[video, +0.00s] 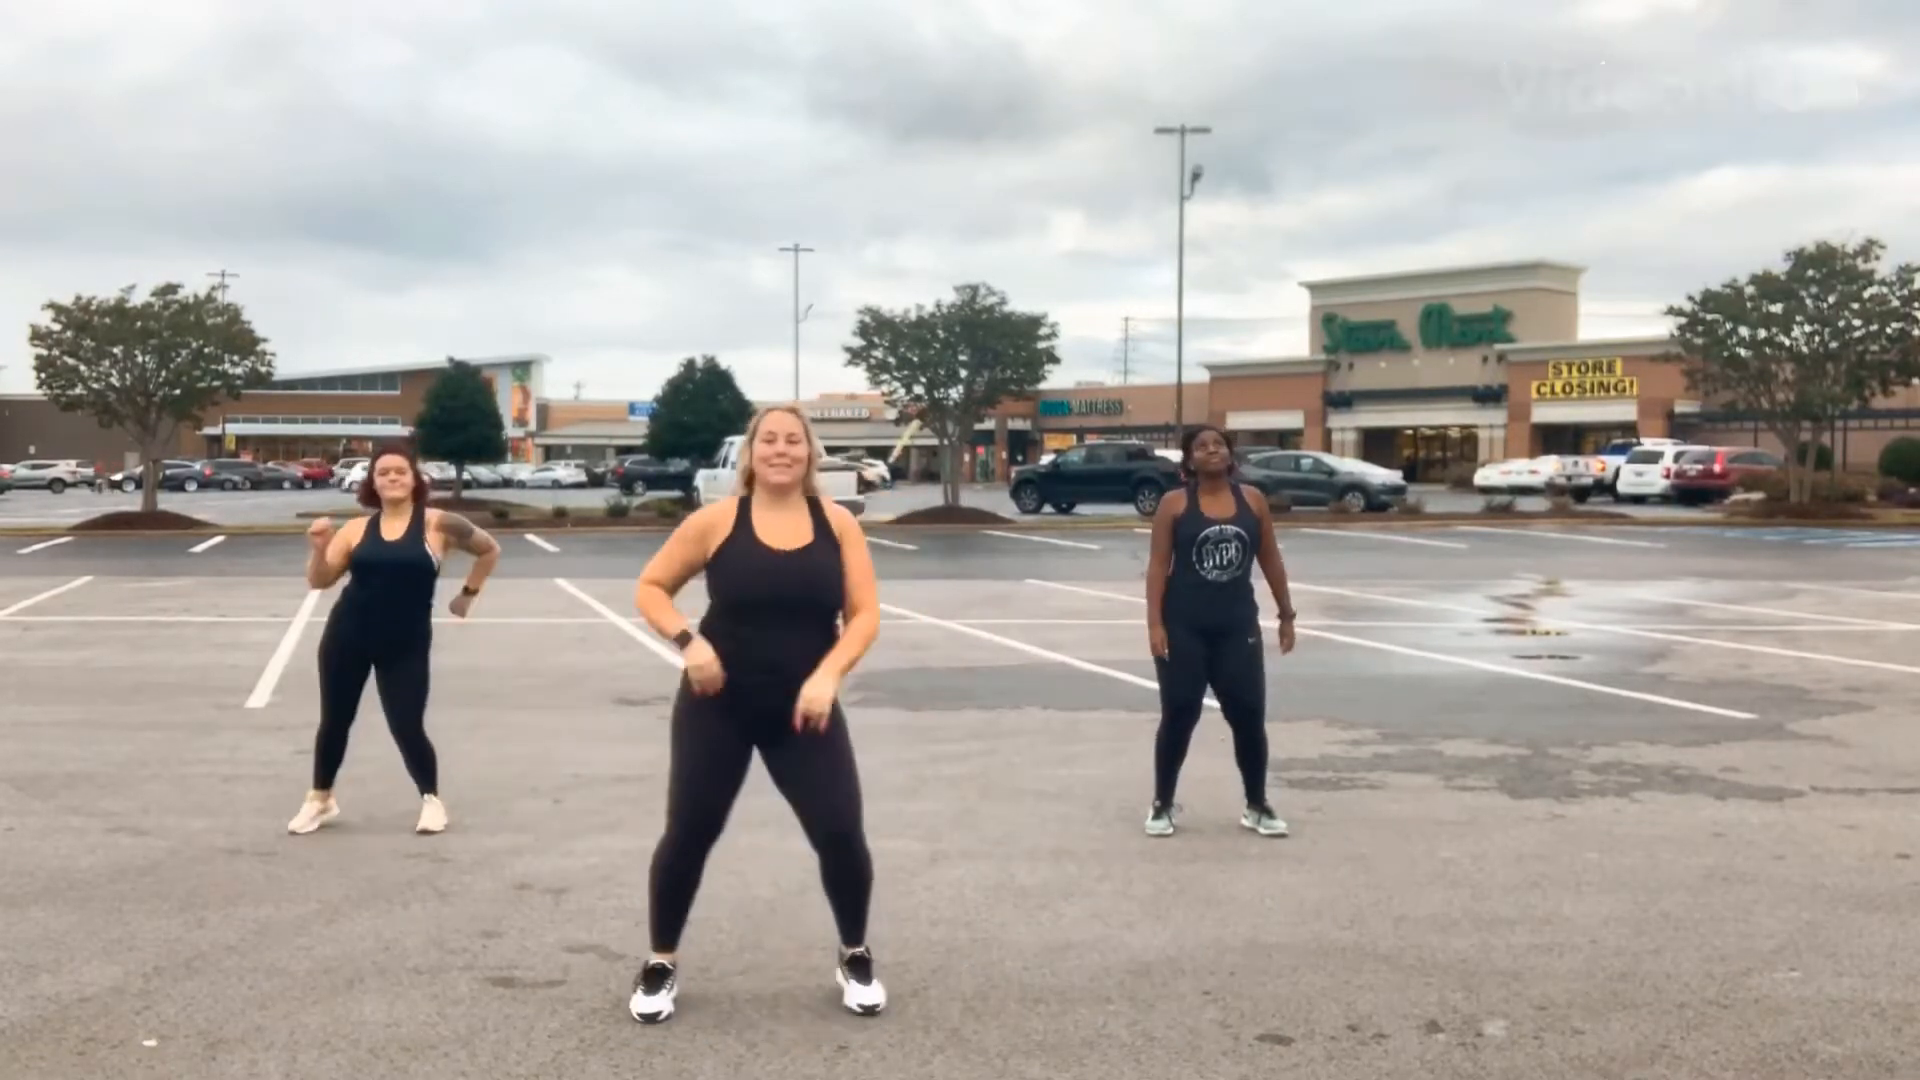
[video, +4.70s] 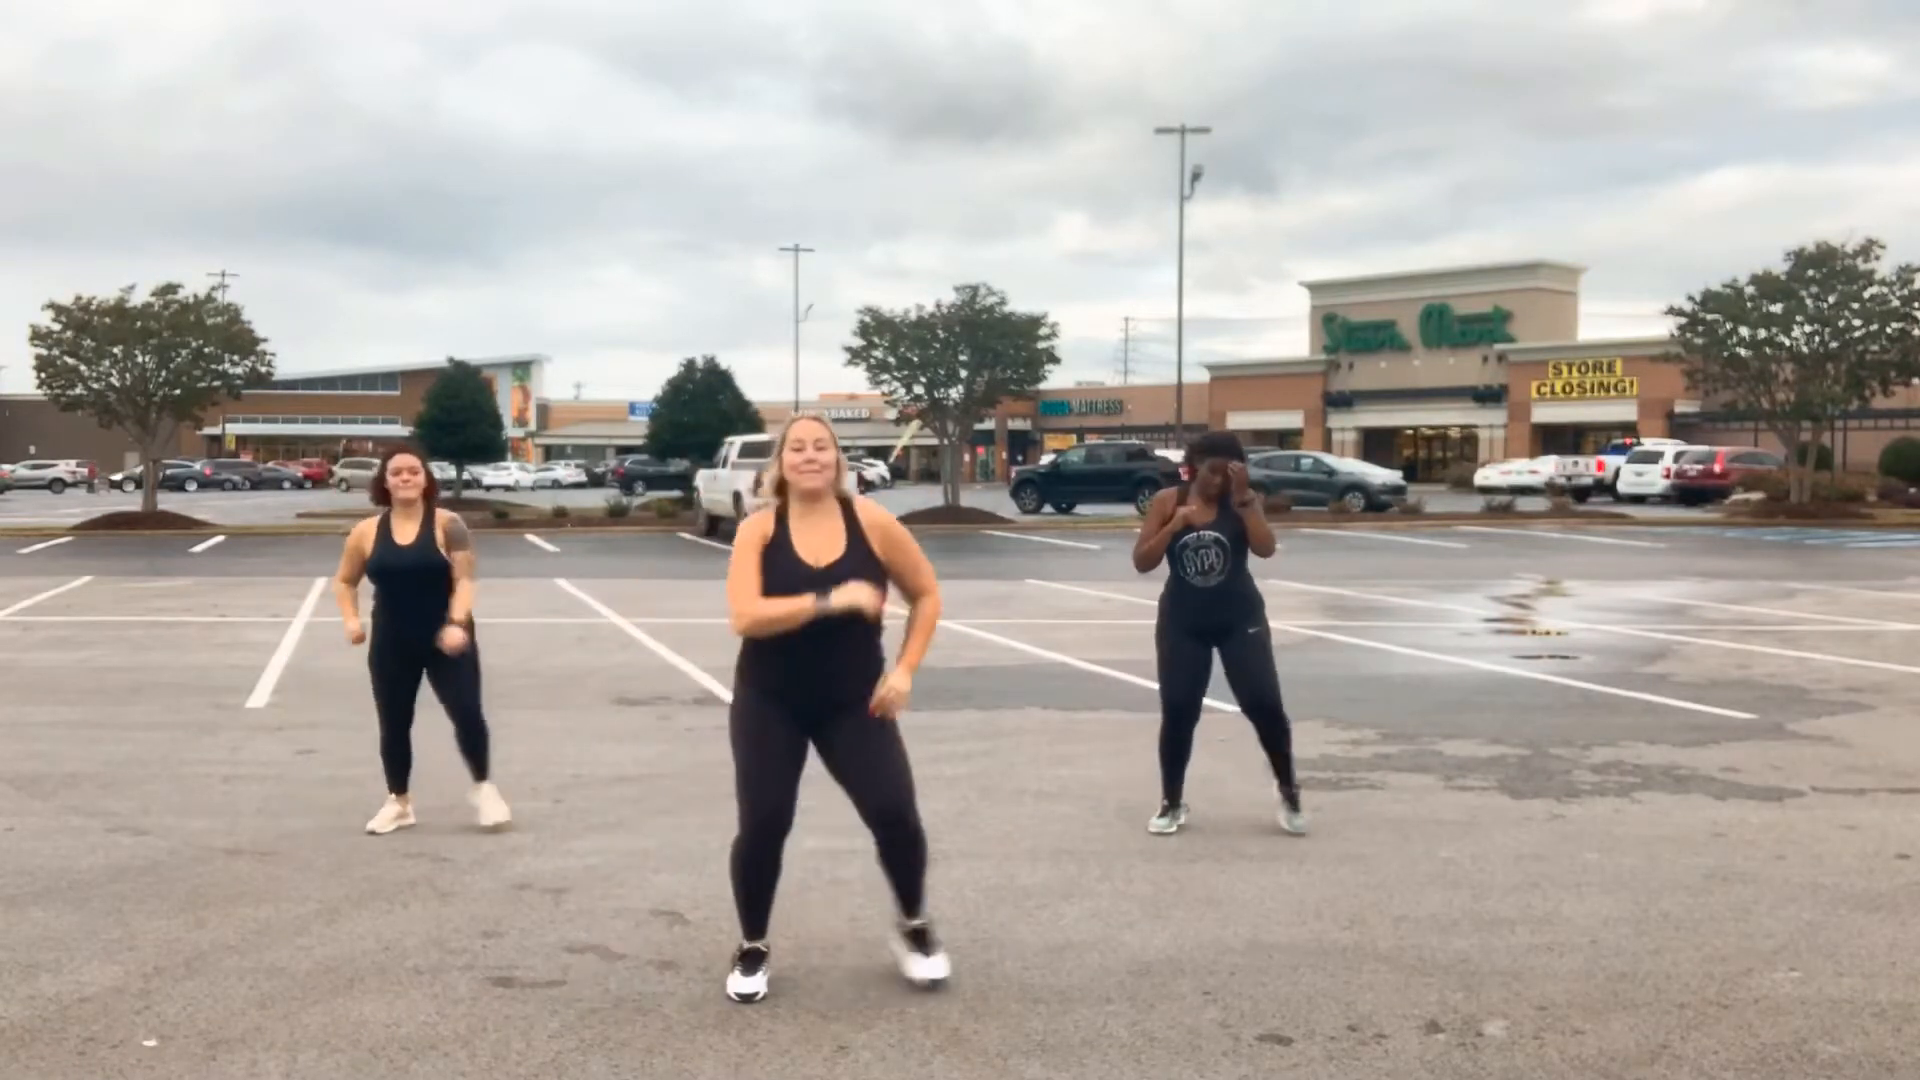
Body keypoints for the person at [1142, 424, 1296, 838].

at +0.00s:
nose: (1213, 452)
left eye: (1219, 446)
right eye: (1203, 447)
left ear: (1230, 455)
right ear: (1189, 460)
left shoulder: (1251, 499)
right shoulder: (1174, 502)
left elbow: (1270, 558)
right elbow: (1159, 566)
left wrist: (1285, 611)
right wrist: (1155, 624)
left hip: (1237, 628)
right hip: (1183, 629)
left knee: (1250, 719)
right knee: (1179, 716)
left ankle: (1258, 806)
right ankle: (1162, 806)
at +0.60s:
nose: (1236, 450)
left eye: (1243, 444)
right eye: (1227, 446)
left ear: (1255, 453)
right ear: (1215, 458)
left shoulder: (1275, 497)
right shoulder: (1199, 501)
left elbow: (1297, 558)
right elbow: (1180, 557)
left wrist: (1266, 565)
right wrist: (1190, 574)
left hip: (1265, 624)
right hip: (1210, 624)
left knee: (1261, 715)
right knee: (1219, 713)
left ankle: (1259, 806)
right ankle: (1217, 805)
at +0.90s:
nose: (1238, 454)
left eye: (1244, 448)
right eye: (1229, 449)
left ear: (1256, 457)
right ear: (1215, 460)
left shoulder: (1274, 502)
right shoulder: (1197, 506)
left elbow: (1309, 555)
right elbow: (1176, 566)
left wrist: (1278, 575)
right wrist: (1205, 565)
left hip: (1268, 625)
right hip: (1214, 626)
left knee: (1274, 709)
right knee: (1214, 716)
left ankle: (1314, 792)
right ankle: (1218, 804)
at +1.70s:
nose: (1237, 461)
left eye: (1244, 454)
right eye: (1229, 454)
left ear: (1254, 458)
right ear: (1213, 458)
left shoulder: (1261, 495)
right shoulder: (1193, 496)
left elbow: (1276, 562)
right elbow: (1176, 550)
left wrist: (1276, 538)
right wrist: (1212, 503)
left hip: (1254, 620)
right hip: (1199, 621)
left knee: (1266, 711)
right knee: (1205, 714)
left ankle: (1255, 794)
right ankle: (1195, 803)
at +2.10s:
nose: (1219, 475)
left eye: (1227, 466)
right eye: (1211, 467)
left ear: (1241, 468)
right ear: (1198, 469)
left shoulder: (1257, 501)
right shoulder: (1185, 500)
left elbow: (1281, 563)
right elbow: (1175, 558)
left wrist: (1265, 542)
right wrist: (1203, 510)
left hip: (1238, 621)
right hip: (1183, 618)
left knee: (1251, 710)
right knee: (1179, 698)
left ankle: (1241, 806)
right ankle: (1140, 788)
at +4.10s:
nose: (1190, 477)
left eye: (1199, 469)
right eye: (1183, 469)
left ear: (1217, 467)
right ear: (1176, 467)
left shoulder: (1234, 499)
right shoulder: (1162, 499)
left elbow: (1264, 556)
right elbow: (1138, 559)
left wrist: (1273, 536)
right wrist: (1158, 511)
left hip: (1220, 620)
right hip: (1164, 620)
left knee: (1233, 717)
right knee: (1152, 711)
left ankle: (1242, 803)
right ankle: (1124, 799)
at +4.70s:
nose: (1220, 479)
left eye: (1227, 472)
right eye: (1213, 471)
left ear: (1235, 473)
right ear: (1192, 469)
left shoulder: (1245, 502)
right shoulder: (1168, 501)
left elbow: (1266, 548)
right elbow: (1142, 561)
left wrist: (1242, 500)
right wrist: (1175, 524)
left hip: (1239, 618)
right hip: (1183, 620)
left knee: (1266, 707)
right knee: (1178, 711)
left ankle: (1289, 794)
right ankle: (1171, 803)